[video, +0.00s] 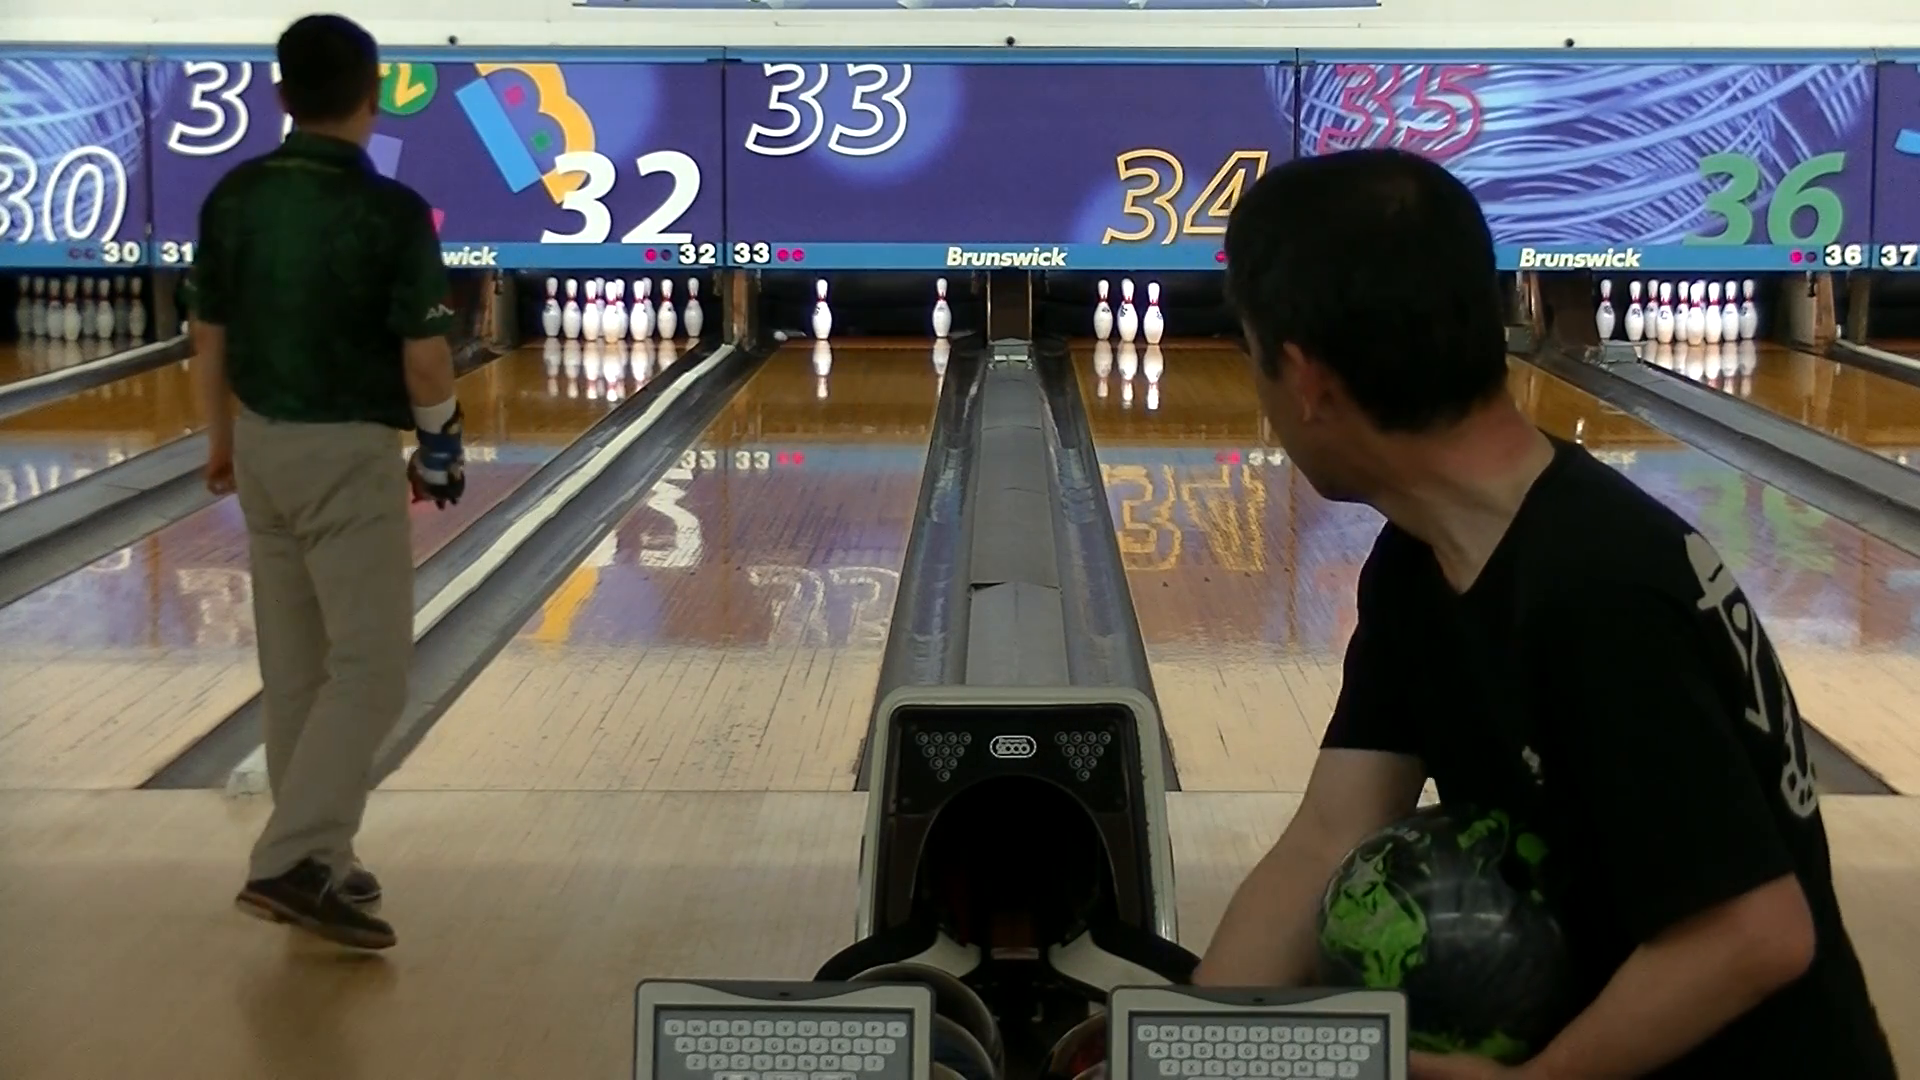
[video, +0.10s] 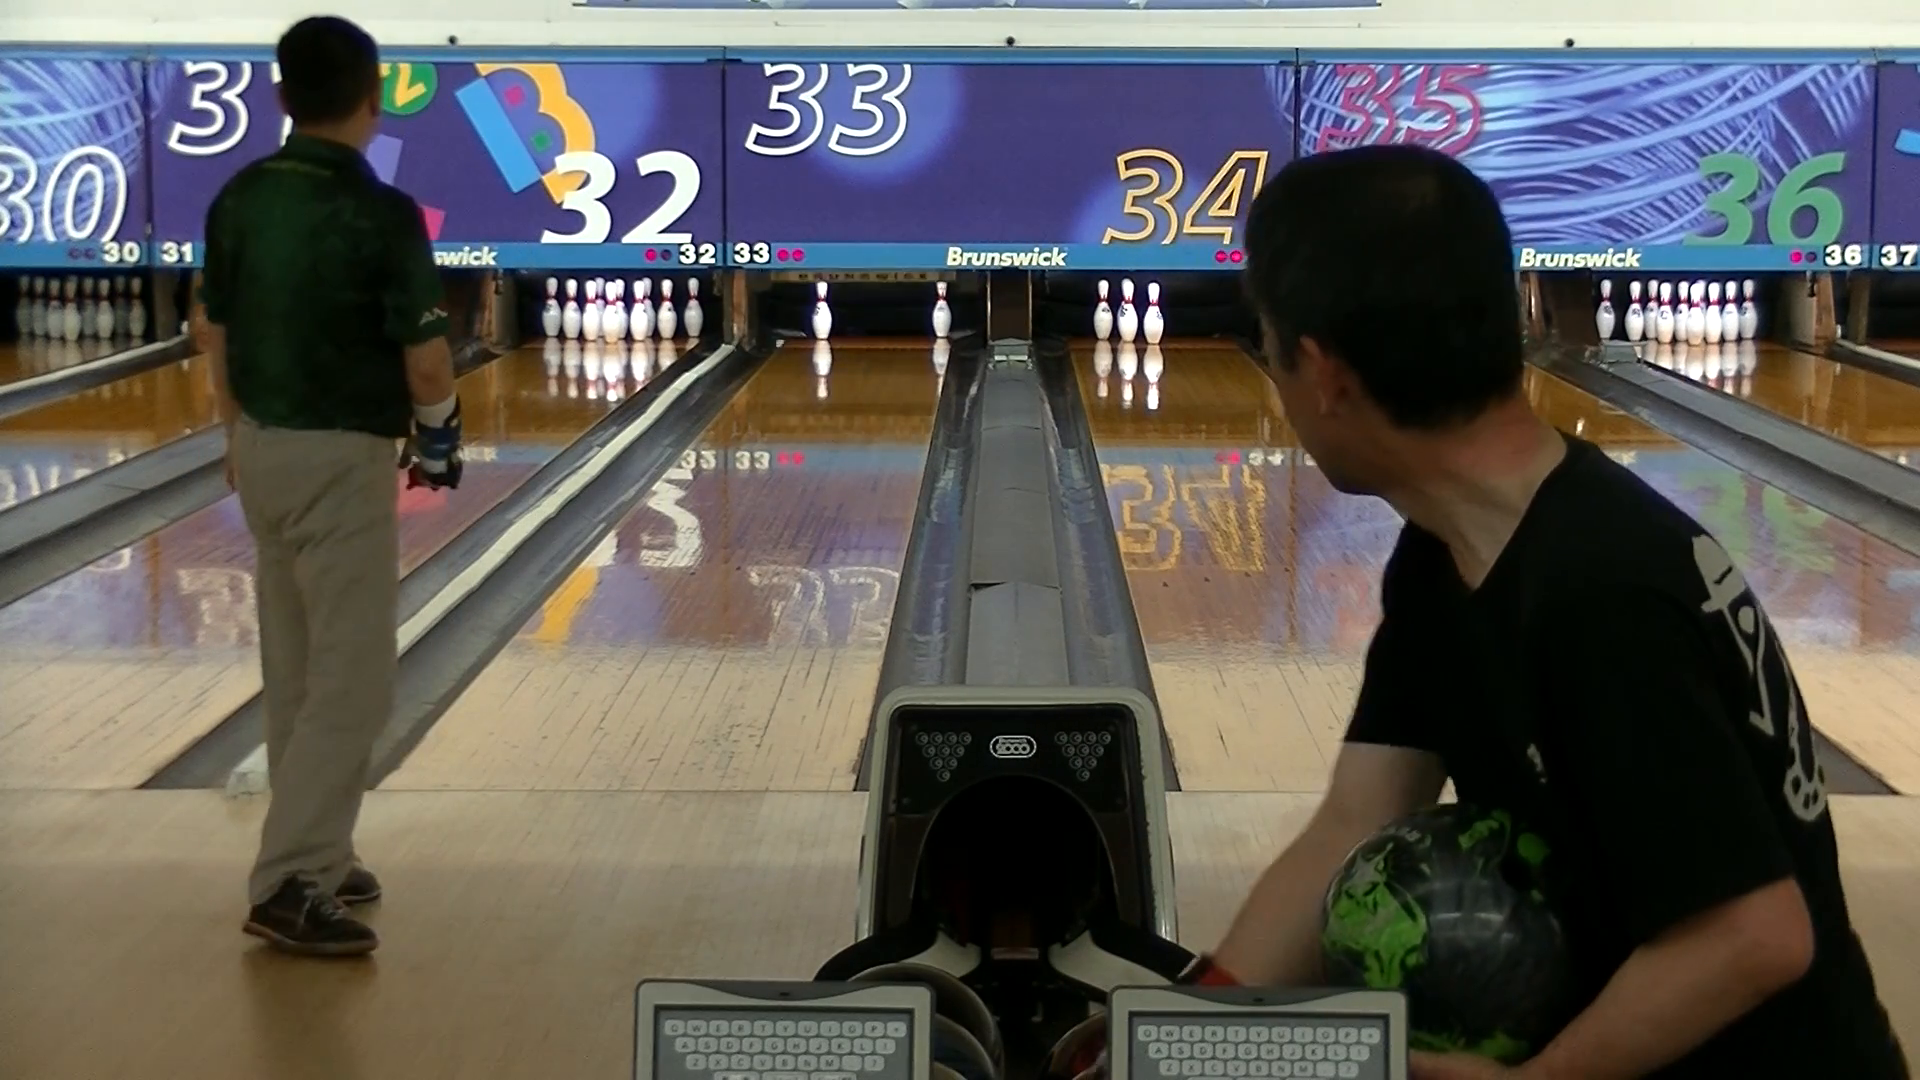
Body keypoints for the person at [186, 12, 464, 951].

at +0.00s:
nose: (381, 99)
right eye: (378, 86)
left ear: (284, 94)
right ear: (372, 93)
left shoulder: (232, 196)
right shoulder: (392, 211)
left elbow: (209, 336)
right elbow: (422, 354)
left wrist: (219, 438)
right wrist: (441, 435)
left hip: (260, 449)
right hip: (350, 452)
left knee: (292, 667)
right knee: (371, 666)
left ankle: (324, 872)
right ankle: (291, 859)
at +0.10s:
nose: (382, 103)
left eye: (374, 88)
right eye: (380, 89)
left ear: (285, 95)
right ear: (371, 96)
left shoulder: (238, 197)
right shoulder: (383, 212)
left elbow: (213, 331)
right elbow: (426, 359)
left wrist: (240, 429)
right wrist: (437, 437)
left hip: (260, 453)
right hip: (340, 459)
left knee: (294, 664)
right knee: (349, 675)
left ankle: (312, 852)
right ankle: (290, 887)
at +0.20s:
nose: (386, 103)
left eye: (379, 88)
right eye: (382, 89)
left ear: (290, 99)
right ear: (372, 96)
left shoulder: (247, 202)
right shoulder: (372, 215)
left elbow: (229, 330)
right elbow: (420, 362)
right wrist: (441, 436)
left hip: (267, 458)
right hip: (338, 468)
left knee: (310, 666)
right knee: (333, 682)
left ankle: (314, 849)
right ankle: (281, 893)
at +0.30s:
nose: (394, 108)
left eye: (388, 92)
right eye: (389, 92)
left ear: (304, 102)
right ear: (368, 99)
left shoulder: (264, 197)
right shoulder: (350, 214)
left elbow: (240, 336)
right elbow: (404, 371)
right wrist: (444, 447)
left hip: (288, 460)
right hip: (334, 468)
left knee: (360, 661)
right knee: (329, 676)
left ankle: (342, 852)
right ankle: (280, 894)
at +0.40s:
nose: (406, 119)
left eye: (405, 101)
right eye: (400, 100)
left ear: (336, 101)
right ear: (362, 101)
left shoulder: (329, 198)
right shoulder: (314, 203)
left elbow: (358, 358)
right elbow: (363, 363)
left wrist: (422, 472)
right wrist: (436, 471)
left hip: (360, 474)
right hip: (313, 474)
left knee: (403, 681)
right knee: (319, 688)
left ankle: (368, 867)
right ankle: (277, 894)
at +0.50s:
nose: (418, 137)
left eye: (420, 120)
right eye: (410, 118)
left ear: (361, 113)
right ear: (359, 109)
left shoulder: (354, 207)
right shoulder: (294, 212)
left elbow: (361, 355)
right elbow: (331, 369)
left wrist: (399, 468)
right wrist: (401, 487)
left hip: (374, 475)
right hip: (306, 480)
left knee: (440, 684)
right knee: (307, 702)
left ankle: (406, 877)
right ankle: (279, 892)